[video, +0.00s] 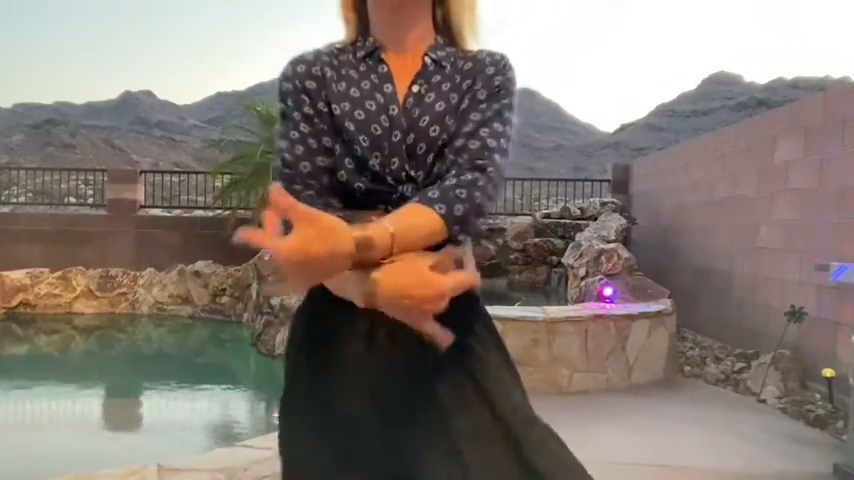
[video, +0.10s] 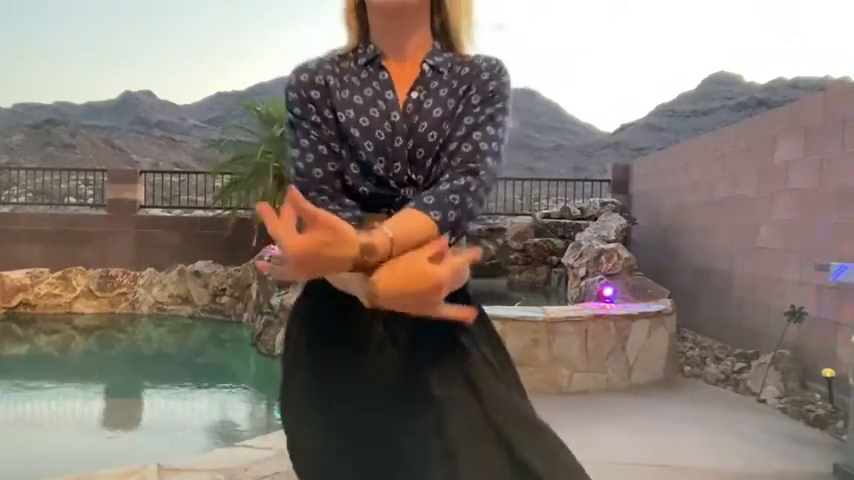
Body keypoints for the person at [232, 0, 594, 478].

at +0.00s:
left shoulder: (485, 72)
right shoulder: (311, 75)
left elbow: (469, 193)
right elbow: (298, 225)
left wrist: (355, 242)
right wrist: (370, 286)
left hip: (448, 320)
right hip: (338, 318)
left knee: (474, 466)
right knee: (330, 467)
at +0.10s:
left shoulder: (482, 76)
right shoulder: (315, 82)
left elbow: (463, 192)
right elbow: (315, 218)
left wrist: (362, 247)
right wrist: (372, 287)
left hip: (442, 316)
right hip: (336, 314)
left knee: (474, 462)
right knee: (339, 466)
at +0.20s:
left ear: (434, 1)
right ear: (360, 2)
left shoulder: (478, 82)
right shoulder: (318, 86)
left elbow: (467, 192)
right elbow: (326, 211)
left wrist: (375, 241)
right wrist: (381, 283)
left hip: (441, 310)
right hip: (341, 309)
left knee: (465, 460)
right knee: (342, 464)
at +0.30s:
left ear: (433, 2)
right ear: (363, 4)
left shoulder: (477, 84)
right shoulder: (323, 85)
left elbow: (470, 193)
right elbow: (327, 202)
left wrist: (376, 240)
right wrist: (383, 275)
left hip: (441, 305)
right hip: (344, 306)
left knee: (466, 460)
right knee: (346, 463)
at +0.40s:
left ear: (436, 2)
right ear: (368, 5)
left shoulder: (477, 82)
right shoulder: (330, 82)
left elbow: (473, 192)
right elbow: (329, 199)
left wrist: (382, 234)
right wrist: (387, 264)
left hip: (442, 297)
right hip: (351, 298)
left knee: (453, 456)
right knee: (354, 458)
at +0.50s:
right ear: (373, 0)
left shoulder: (477, 74)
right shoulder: (333, 72)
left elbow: (481, 183)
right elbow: (330, 183)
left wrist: (386, 224)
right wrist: (396, 254)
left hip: (442, 287)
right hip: (355, 284)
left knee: (449, 454)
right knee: (357, 455)